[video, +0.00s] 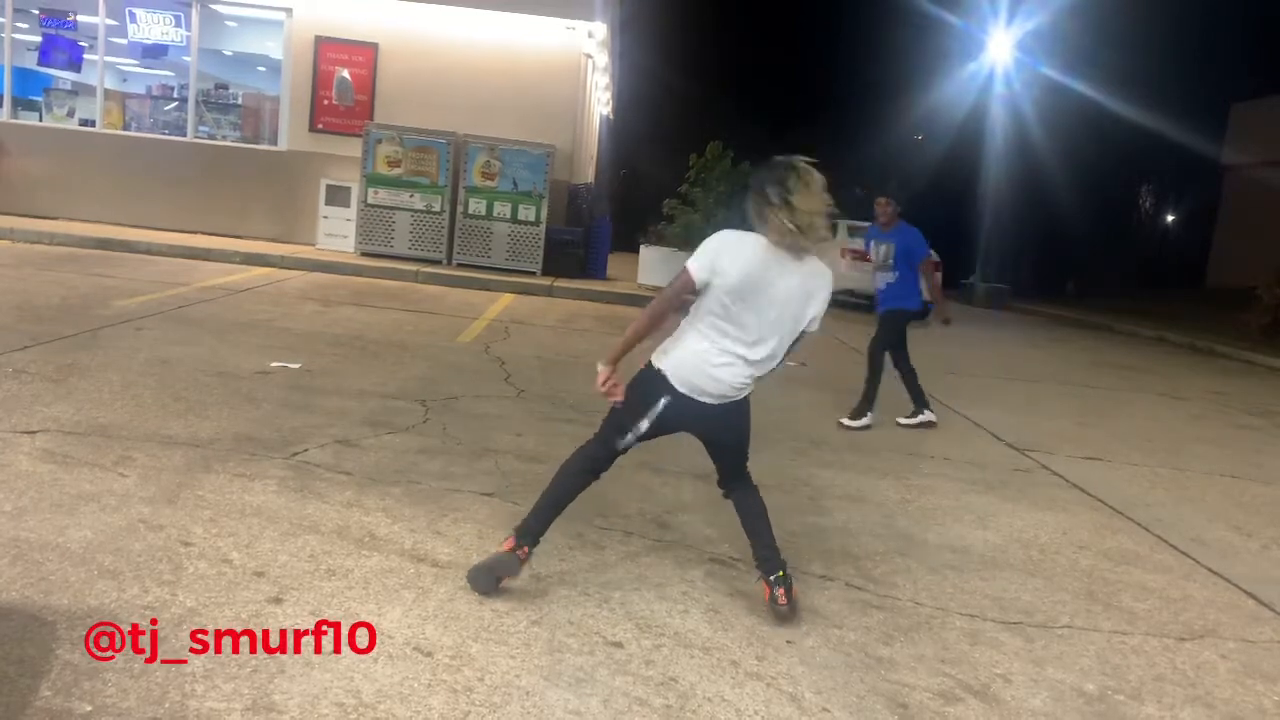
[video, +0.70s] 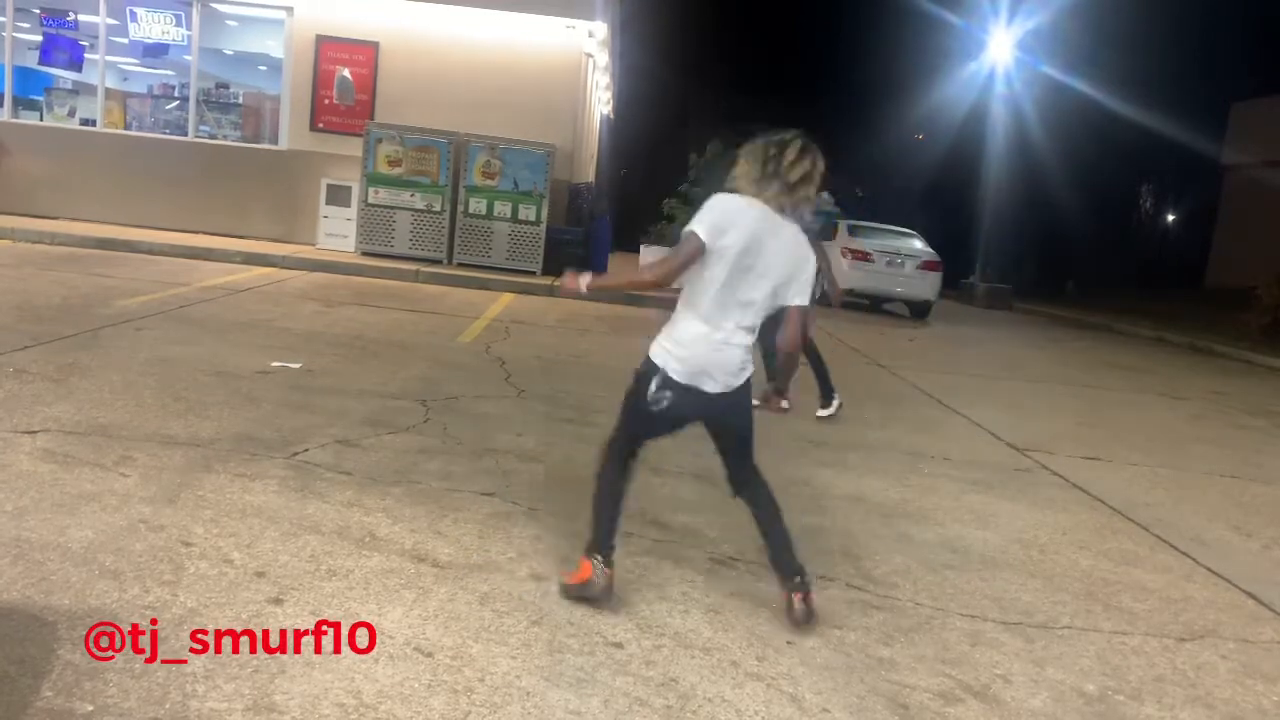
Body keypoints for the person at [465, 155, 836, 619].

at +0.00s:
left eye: (757, 196)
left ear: (761, 202)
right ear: (813, 212)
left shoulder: (728, 244)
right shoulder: (818, 278)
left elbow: (665, 304)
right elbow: (784, 351)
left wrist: (613, 359)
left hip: (668, 388)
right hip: (729, 406)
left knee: (595, 456)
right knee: (738, 480)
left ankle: (518, 546)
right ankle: (777, 581)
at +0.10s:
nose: (731, 201)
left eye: (730, 192)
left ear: (727, 197)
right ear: (780, 200)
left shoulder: (704, 248)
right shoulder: (803, 258)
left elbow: (652, 318)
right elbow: (787, 332)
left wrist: (607, 364)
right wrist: (758, 381)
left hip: (670, 386)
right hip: (737, 403)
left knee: (597, 449)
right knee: (747, 473)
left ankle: (529, 545)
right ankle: (779, 574)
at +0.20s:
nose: (679, 198)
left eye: (683, 189)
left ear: (691, 191)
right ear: (745, 190)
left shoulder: (675, 252)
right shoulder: (771, 244)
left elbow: (647, 334)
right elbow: (774, 332)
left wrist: (614, 372)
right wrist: (766, 394)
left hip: (670, 389)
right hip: (734, 398)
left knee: (594, 447)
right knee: (747, 466)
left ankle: (546, 548)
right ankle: (781, 561)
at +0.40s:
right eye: (717, 197)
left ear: (661, 193)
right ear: (709, 198)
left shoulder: (637, 238)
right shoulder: (725, 248)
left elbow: (632, 323)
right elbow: (757, 335)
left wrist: (662, 346)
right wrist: (774, 397)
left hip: (658, 391)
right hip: (723, 395)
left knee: (598, 460)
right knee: (748, 468)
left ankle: (552, 563)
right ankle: (793, 566)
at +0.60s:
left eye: (718, 160)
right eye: (786, 184)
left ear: (727, 165)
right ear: (779, 184)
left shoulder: (695, 205)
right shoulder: (778, 241)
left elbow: (641, 270)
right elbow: (782, 330)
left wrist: (603, 260)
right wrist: (786, 380)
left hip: (673, 374)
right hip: (731, 381)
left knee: (632, 453)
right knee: (734, 464)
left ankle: (597, 548)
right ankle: (787, 559)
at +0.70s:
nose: (735, 170)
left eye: (743, 163)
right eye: (812, 188)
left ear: (753, 167)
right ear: (802, 187)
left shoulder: (724, 207)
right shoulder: (801, 248)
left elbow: (663, 274)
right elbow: (790, 341)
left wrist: (590, 282)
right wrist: (779, 389)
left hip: (670, 374)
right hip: (729, 389)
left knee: (618, 453)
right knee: (746, 475)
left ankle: (597, 563)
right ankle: (795, 580)